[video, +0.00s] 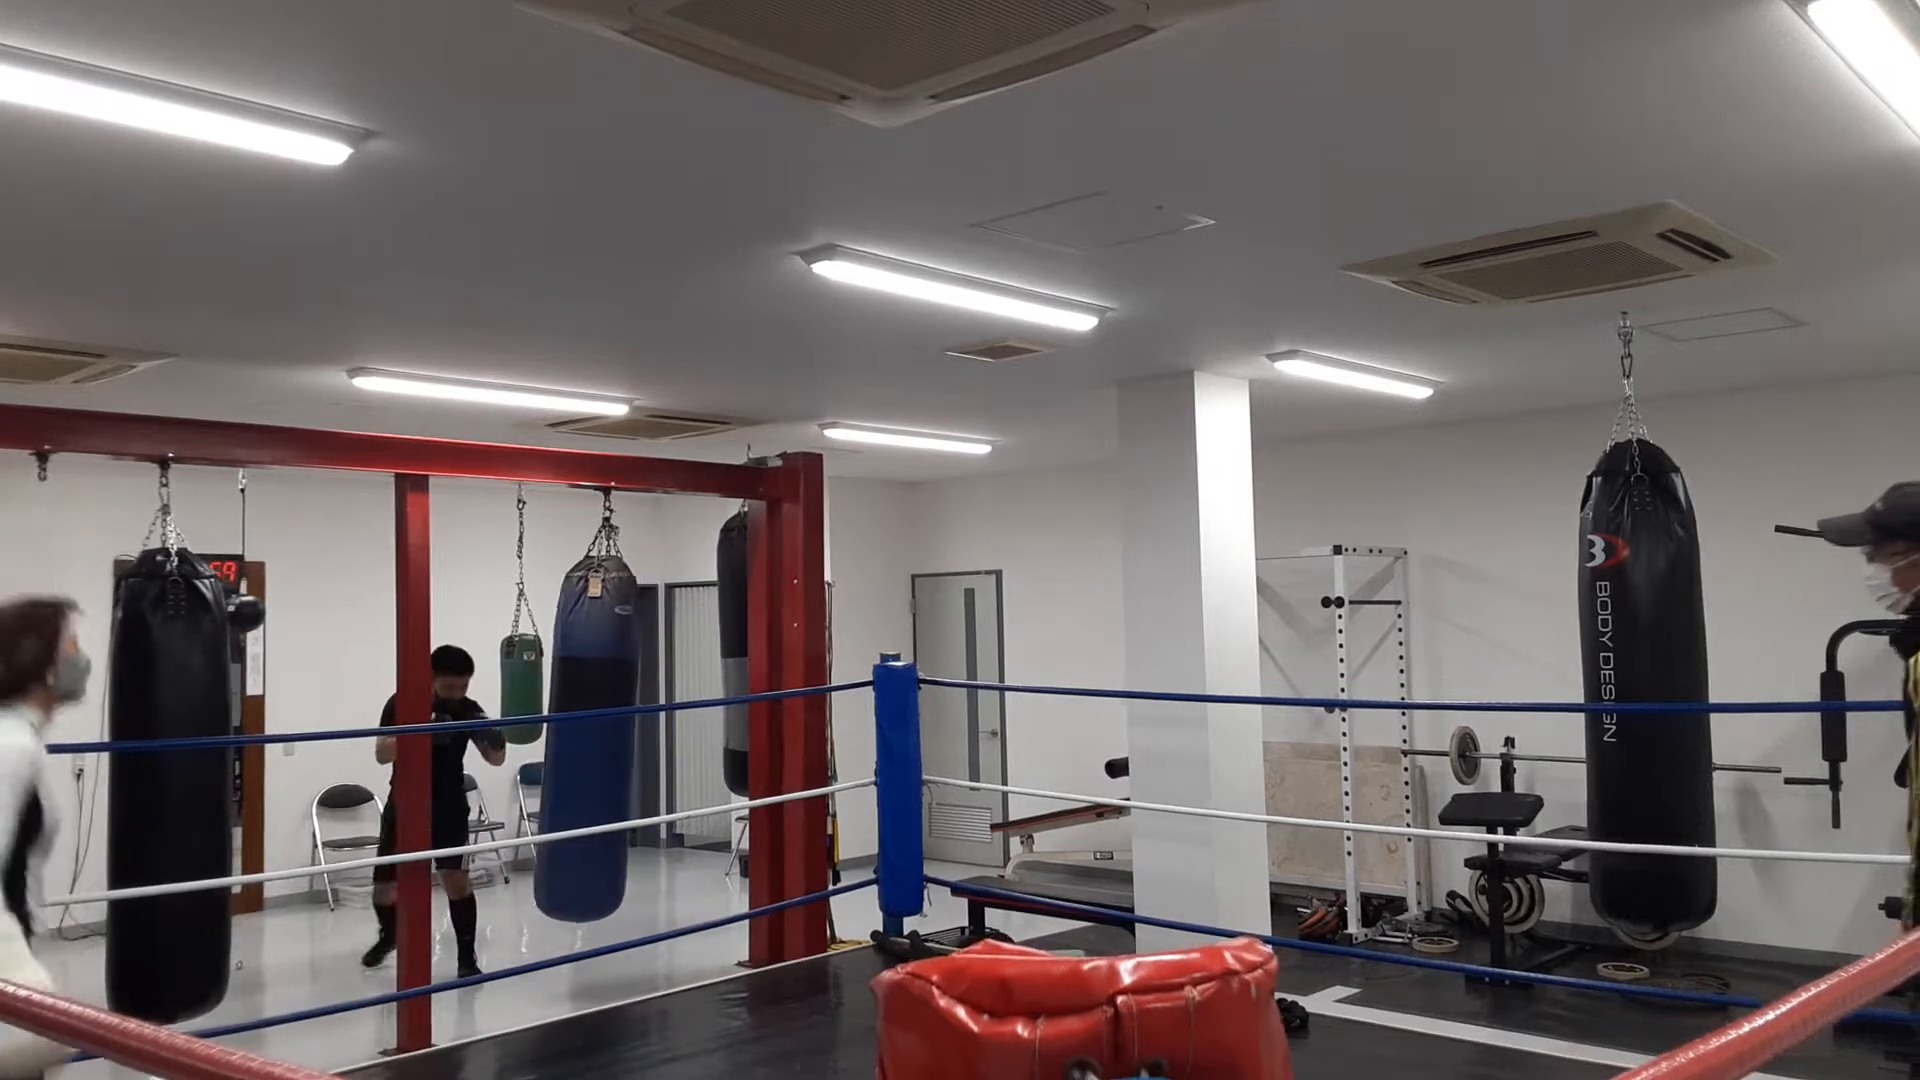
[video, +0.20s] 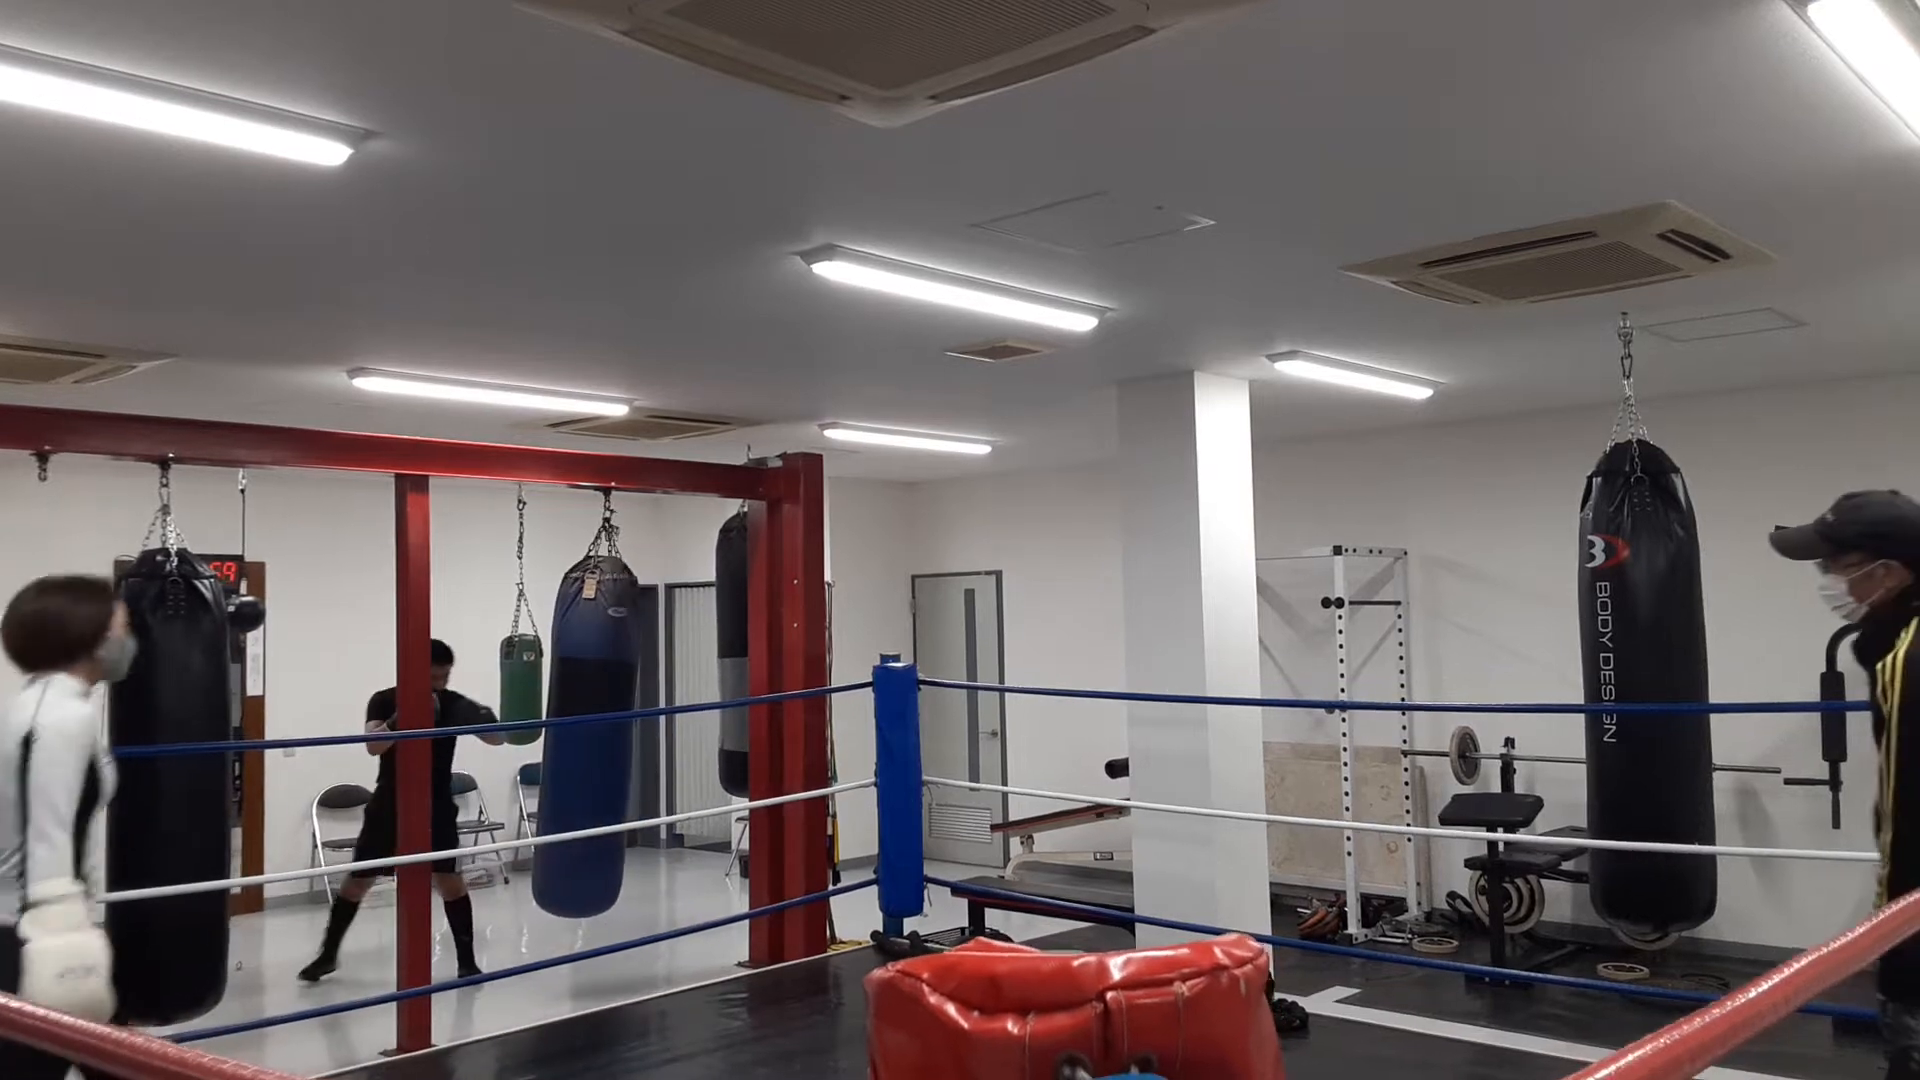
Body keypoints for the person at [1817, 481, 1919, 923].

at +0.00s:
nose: (1881, 575)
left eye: (1890, 561)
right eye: (1879, 561)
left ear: (1919, 558)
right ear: (1902, 560)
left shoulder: (1913, 647)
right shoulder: (1910, 646)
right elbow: (1914, 788)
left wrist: (1911, 904)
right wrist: (1910, 903)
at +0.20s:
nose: (1834, 587)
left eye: (1843, 571)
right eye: (1832, 573)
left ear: (1892, 571)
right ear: (1891, 574)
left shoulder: (1904, 656)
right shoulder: (1890, 652)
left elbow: (1906, 808)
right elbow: (1894, 801)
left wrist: (1895, 931)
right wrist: (1887, 923)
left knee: (1906, 1041)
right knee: (1902, 1039)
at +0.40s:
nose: (1793, 579)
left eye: (1803, 567)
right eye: (1794, 567)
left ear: (1854, 572)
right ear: (1854, 573)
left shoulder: (1879, 654)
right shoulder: (1864, 645)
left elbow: (1878, 818)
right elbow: (1866, 811)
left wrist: (1857, 962)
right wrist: (1858, 954)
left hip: (1891, 960)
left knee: (1882, 1060)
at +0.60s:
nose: (1748, 572)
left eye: (1761, 555)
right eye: (1747, 558)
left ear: (1817, 559)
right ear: (1812, 562)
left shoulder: (1845, 644)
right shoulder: (1822, 640)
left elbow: (1844, 804)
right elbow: (1822, 801)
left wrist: (1820, 947)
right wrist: (1803, 935)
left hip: (1855, 952)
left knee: (1847, 1066)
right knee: (1835, 1064)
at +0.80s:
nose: (1714, 581)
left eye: (1728, 564)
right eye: (1708, 568)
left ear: (1783, 560)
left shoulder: (1823, 650)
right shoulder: (1768, 645)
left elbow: (1825, 809)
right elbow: (1769, 793)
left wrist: (1785, 945)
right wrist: (1749, 919)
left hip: (1808, 941)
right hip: (1762, 928)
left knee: (1810, 1065)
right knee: (1763, 1060)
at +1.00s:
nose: (1678, 585)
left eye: (1693, 567)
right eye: (1667, 572)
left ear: (1741, 563)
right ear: (1657, 575)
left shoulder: (1792, 655)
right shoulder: (1711, 654)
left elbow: (1810, 816)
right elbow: (1706, 789)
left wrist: (1766, 954)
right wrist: (1675, 879)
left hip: (1777, 933)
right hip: (1724, 916)